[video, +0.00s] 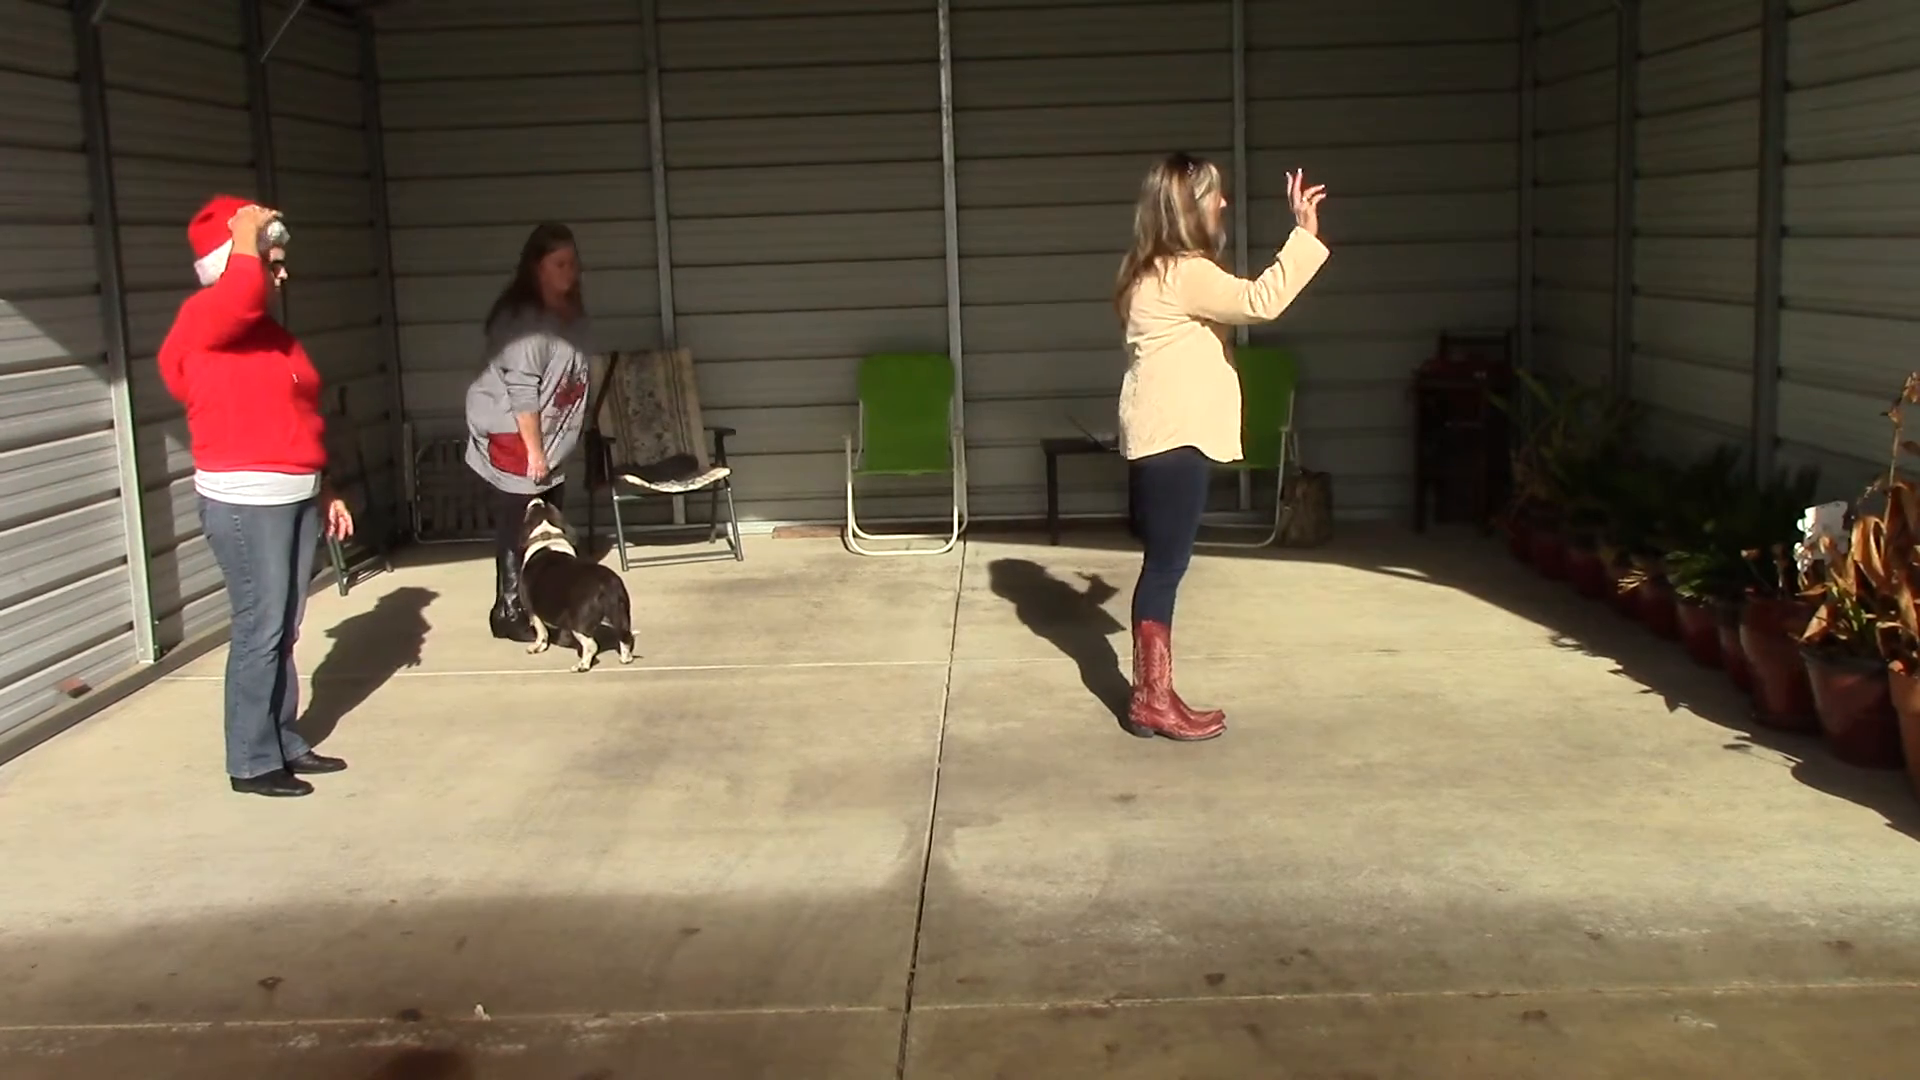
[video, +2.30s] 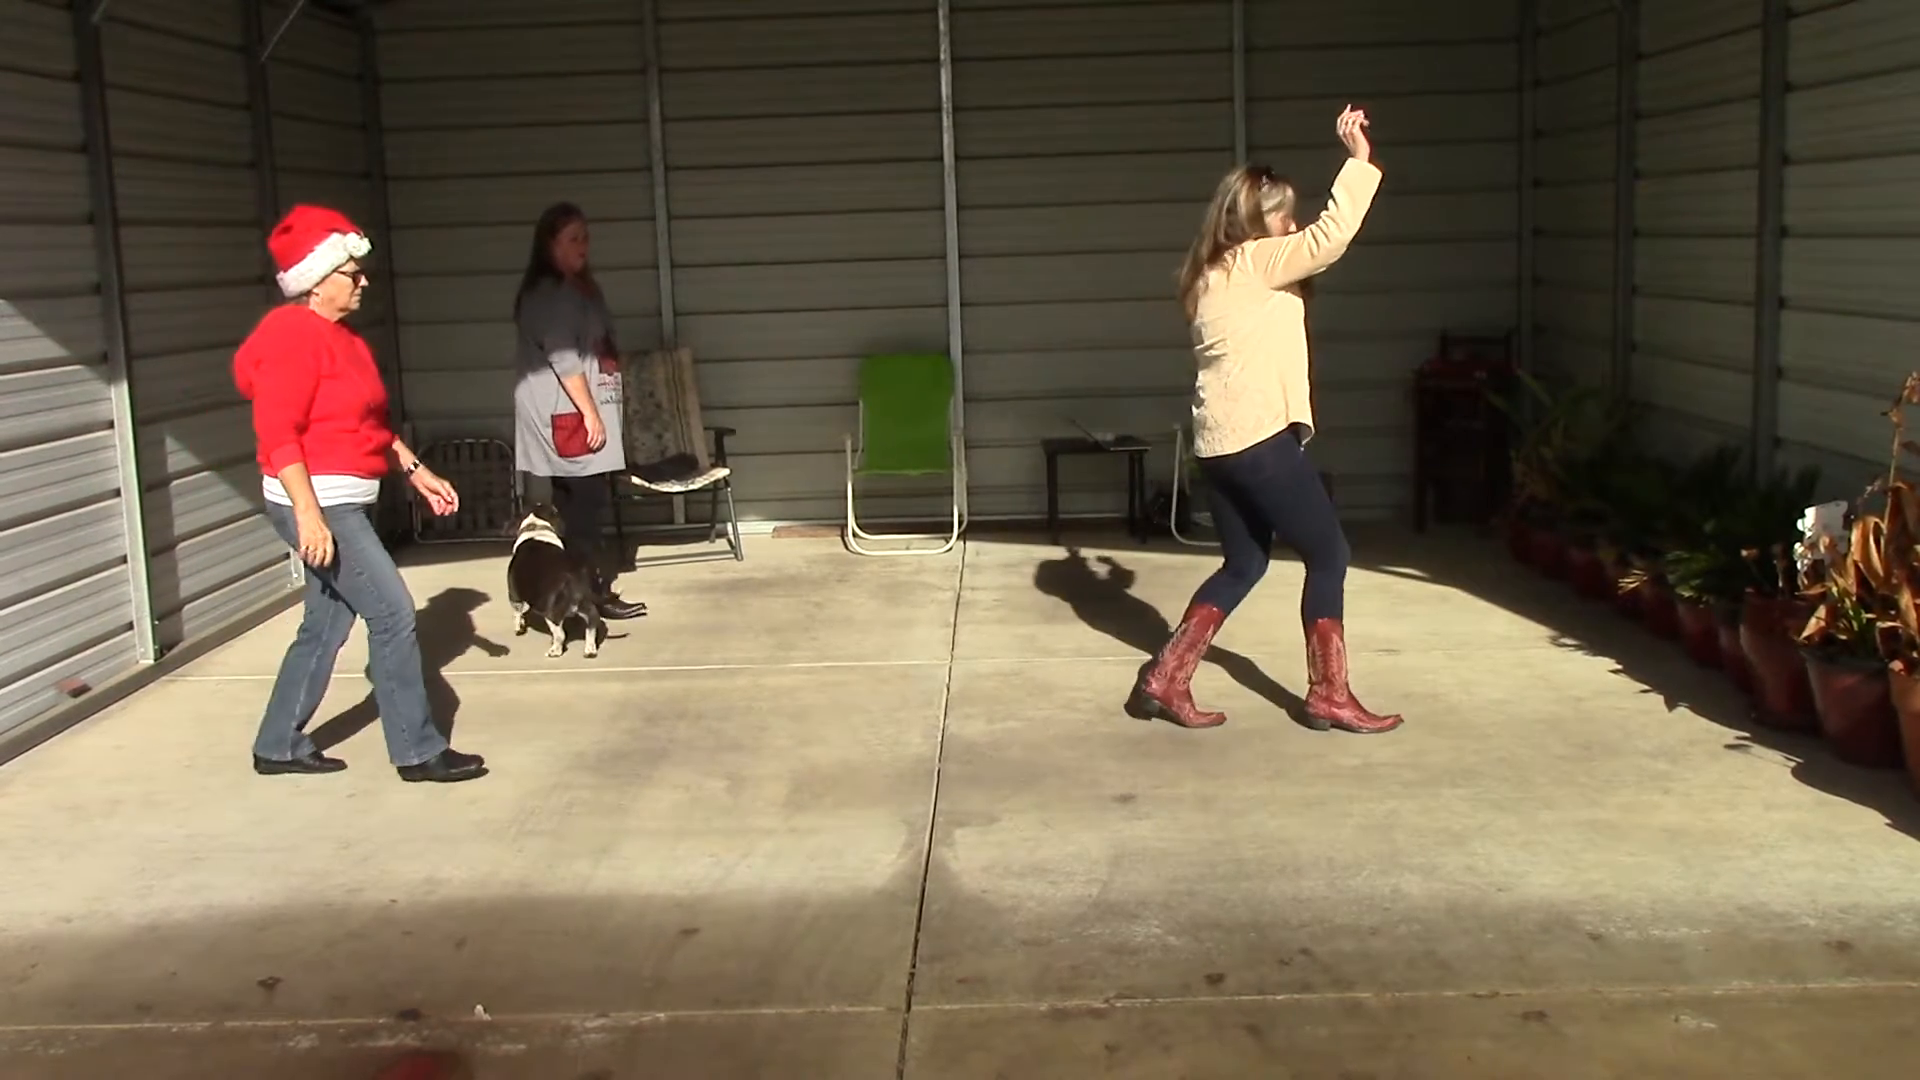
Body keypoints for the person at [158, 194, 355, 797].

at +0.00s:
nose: (283, 271)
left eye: (283, 260)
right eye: (273, 261)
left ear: (277, 266)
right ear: (230, 263)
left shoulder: (273, 332)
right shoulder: (199, 320)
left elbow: (301, 419)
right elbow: (244, 292)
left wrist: (325, 491)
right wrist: (245, 241)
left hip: (295, 494)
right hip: (244, 498)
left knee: (282, 630)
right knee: (259, 631)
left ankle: (282, 743)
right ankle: (250, 762)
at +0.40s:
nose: (280, 265)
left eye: (277, 256)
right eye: (270, 256)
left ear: (247, 268)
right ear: (240, 269)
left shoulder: (265, 322)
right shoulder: (206, 316)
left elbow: (291, 416)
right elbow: (223, 361)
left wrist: (317, 494)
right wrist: (270, 284)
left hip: (292, 494)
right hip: (245, 498)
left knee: (281, 628)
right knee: (259, 629)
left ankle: (282, 742)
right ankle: (250, 762)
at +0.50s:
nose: (287, 273)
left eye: (286, 263)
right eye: (278, 263)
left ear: (249, 268)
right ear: (243, 266)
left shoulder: (266, 326)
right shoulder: (212, 317)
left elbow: (291, 422)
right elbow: (207, 389)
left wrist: (314, 500)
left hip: (290, 492)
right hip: (246, 496)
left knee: (281, 628)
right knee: (260, 629)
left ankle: (281, 743)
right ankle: (250, 762)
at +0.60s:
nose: (289, 273)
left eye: (288, 263)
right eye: (280, 263)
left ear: (251, 269)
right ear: (245, 267)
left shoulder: (259, 322)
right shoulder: (221, 320)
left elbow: (265, 411)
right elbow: (204, 410)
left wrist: (297, 482)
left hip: (281, 493)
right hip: (243, 497)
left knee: (281, 626)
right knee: (260, 628)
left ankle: (282, 743)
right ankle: (251, 762)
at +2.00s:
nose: (322, 283)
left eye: (321, 273)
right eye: (312, 273)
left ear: (282, 279)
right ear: (275, 278)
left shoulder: (295, 334)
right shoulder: (247, 334)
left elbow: (310, 425)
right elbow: (240, 434)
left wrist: (342, 494)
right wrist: (284, 509)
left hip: (308, 499)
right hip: (269, 501)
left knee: (294, 624)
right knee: (326, 617)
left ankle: (279, 742)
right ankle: (276, 745)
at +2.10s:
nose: (332, 281)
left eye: (331, 271)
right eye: (322, 272)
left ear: (296, 278)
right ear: (284, 278)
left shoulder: (310, 334)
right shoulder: (256, 333)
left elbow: (329, 419)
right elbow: (247, 433)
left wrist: (370, 472)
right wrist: (287, 507)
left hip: (315, 496)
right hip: (281, 498)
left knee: (296, 625)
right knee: (356, 605)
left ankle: (276, 747)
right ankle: (324, 740)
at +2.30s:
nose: (362, 282)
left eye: (360, 272)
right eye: (351, 273)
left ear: (327, 281)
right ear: (316, 280)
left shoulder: (341, 336)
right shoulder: (288, 333)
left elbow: (368, 423)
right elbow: (275, 429)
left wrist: (415, 470)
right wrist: (306, 511)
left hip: (347, 499)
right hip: (317, 502)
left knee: (323, 628)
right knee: (392, 614)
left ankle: (278, 744)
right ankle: (417, 752)